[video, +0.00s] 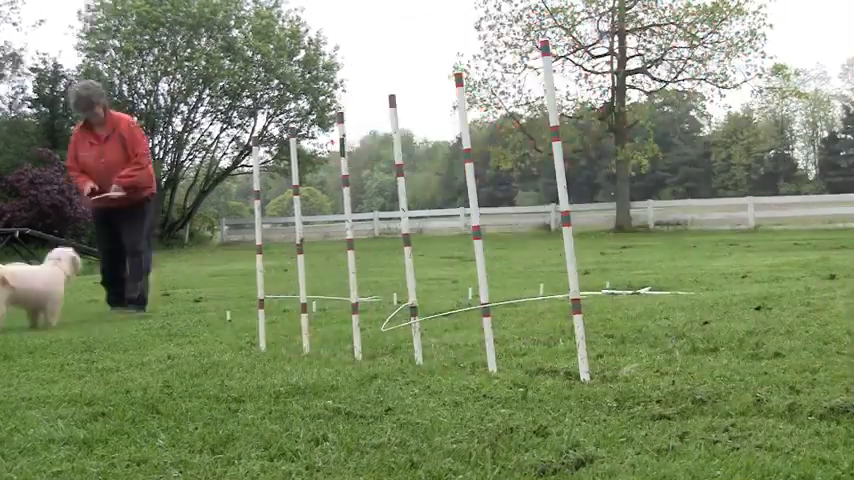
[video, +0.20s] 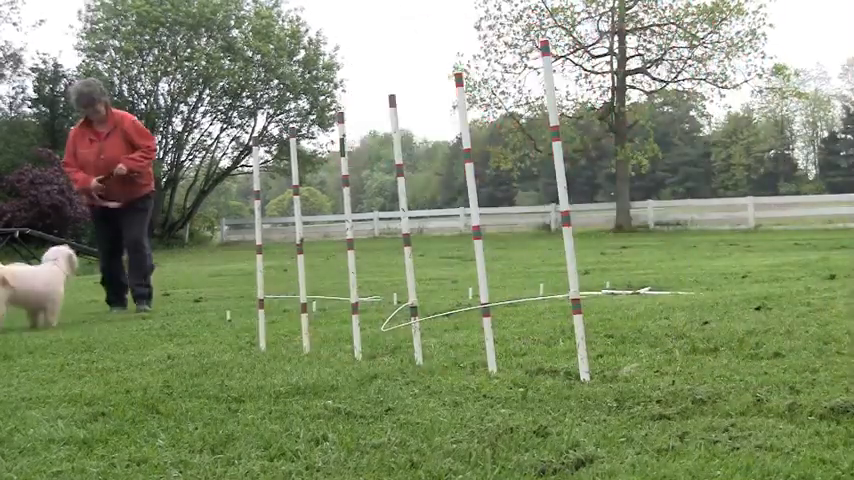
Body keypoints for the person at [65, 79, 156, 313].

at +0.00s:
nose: (90, 115)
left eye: (93, 108)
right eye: (85, 111)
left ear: (103, 103)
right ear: (80, 112)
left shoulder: (126, 124)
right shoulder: (78, 135)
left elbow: (143, 160)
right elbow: (73, 169)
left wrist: (122, 182)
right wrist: (84, 183)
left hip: (135, 197)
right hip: (102, 201)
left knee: (135, 248)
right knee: (109, 252)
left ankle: (136, 302)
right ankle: (116, 301)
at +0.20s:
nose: (94, 111)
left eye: (96, 105)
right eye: (88, 108)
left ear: (104, 100)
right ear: (82, 109)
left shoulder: (126, 122)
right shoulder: (76, 134)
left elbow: (150, 147)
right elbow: (69, 167)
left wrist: (128, 165)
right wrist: (87, 182)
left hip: (136, 198)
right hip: (102, 203)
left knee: (136, 243)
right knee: (108, 253)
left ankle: (142, 298)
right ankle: (116, 302)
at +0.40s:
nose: (94, 108)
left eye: (97, 103)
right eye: (88, 105)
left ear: (107, 98)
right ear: (83, 105)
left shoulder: (127, 120)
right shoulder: (78, 131)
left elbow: (150, 146)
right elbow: (66, 164)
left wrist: (142, 163)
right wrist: (79, 187)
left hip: (135, 198)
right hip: (100, 202)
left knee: (138, 245)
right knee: (107, 253)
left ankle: (145, 298)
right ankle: (116, 302)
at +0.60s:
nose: (94, 109)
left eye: (97, 104)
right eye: (88, 106)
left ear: (107, 98)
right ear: (83, 105)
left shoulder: (128, 120)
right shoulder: (78, 131)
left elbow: (150, 147)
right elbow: (66, 165)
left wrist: (141, 164)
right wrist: (78, 187)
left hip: (134, 197)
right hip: (99, 202)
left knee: (138, 244)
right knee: (106, 253)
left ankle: (145, 298)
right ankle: (115, 302)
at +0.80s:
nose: (97, 108)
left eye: (100, 103)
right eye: (92, 105)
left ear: (109, 99)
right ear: (85, 105)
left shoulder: (129, 120)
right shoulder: (78, 131)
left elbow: (149, 150)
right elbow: (71, 167)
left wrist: (127, 171)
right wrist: (99, 179)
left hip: (135, 195)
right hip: (99, 200)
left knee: (137, 239)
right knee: (105, 252)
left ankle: (142, 295)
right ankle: (115, 301)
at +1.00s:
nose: (102, 106)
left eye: (106, 100)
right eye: (96, 102)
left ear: (113, 99)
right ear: (89, 105)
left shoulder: (133, 122)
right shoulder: (80, 132)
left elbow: (152, 153)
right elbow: (74, 167)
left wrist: (129, 176)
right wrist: (99, 184)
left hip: (136, 197)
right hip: (101, 202)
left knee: (137, 240)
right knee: (106, 252)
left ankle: (138, 295)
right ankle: (115, 301)